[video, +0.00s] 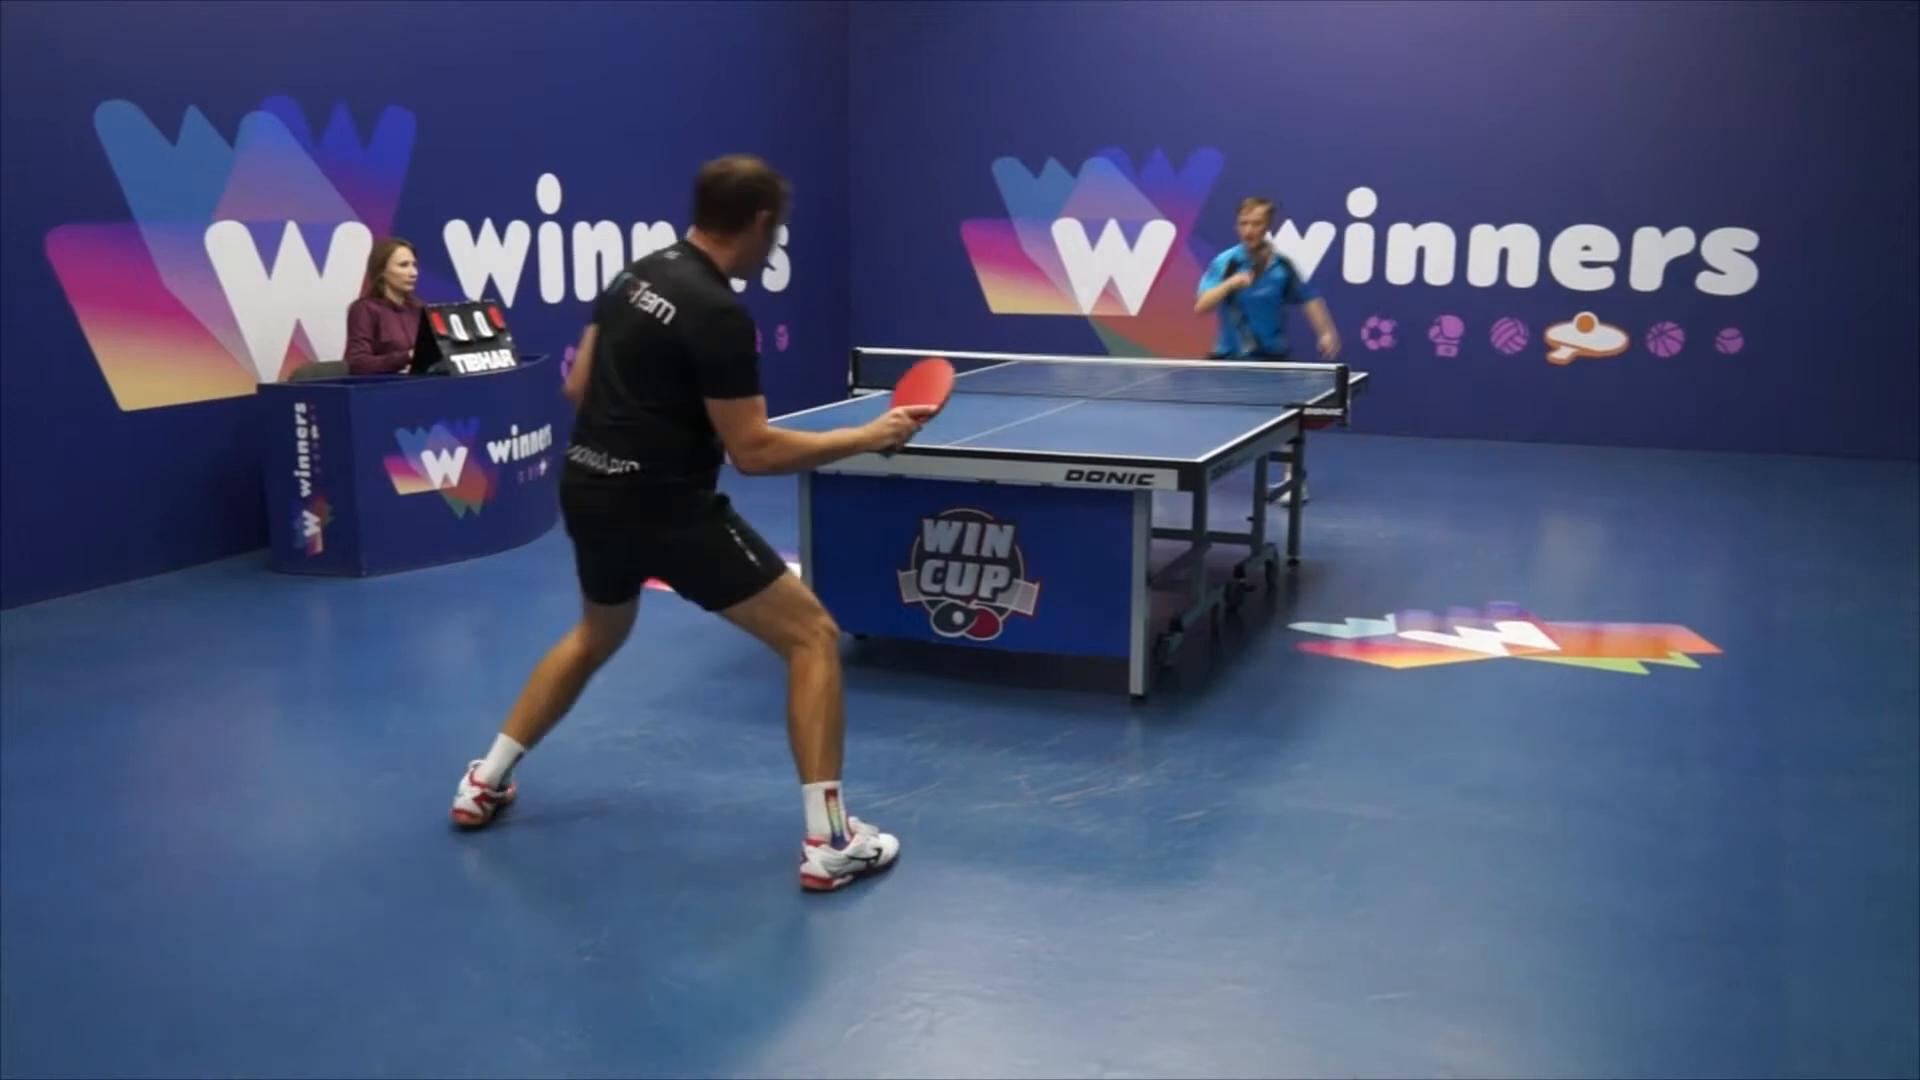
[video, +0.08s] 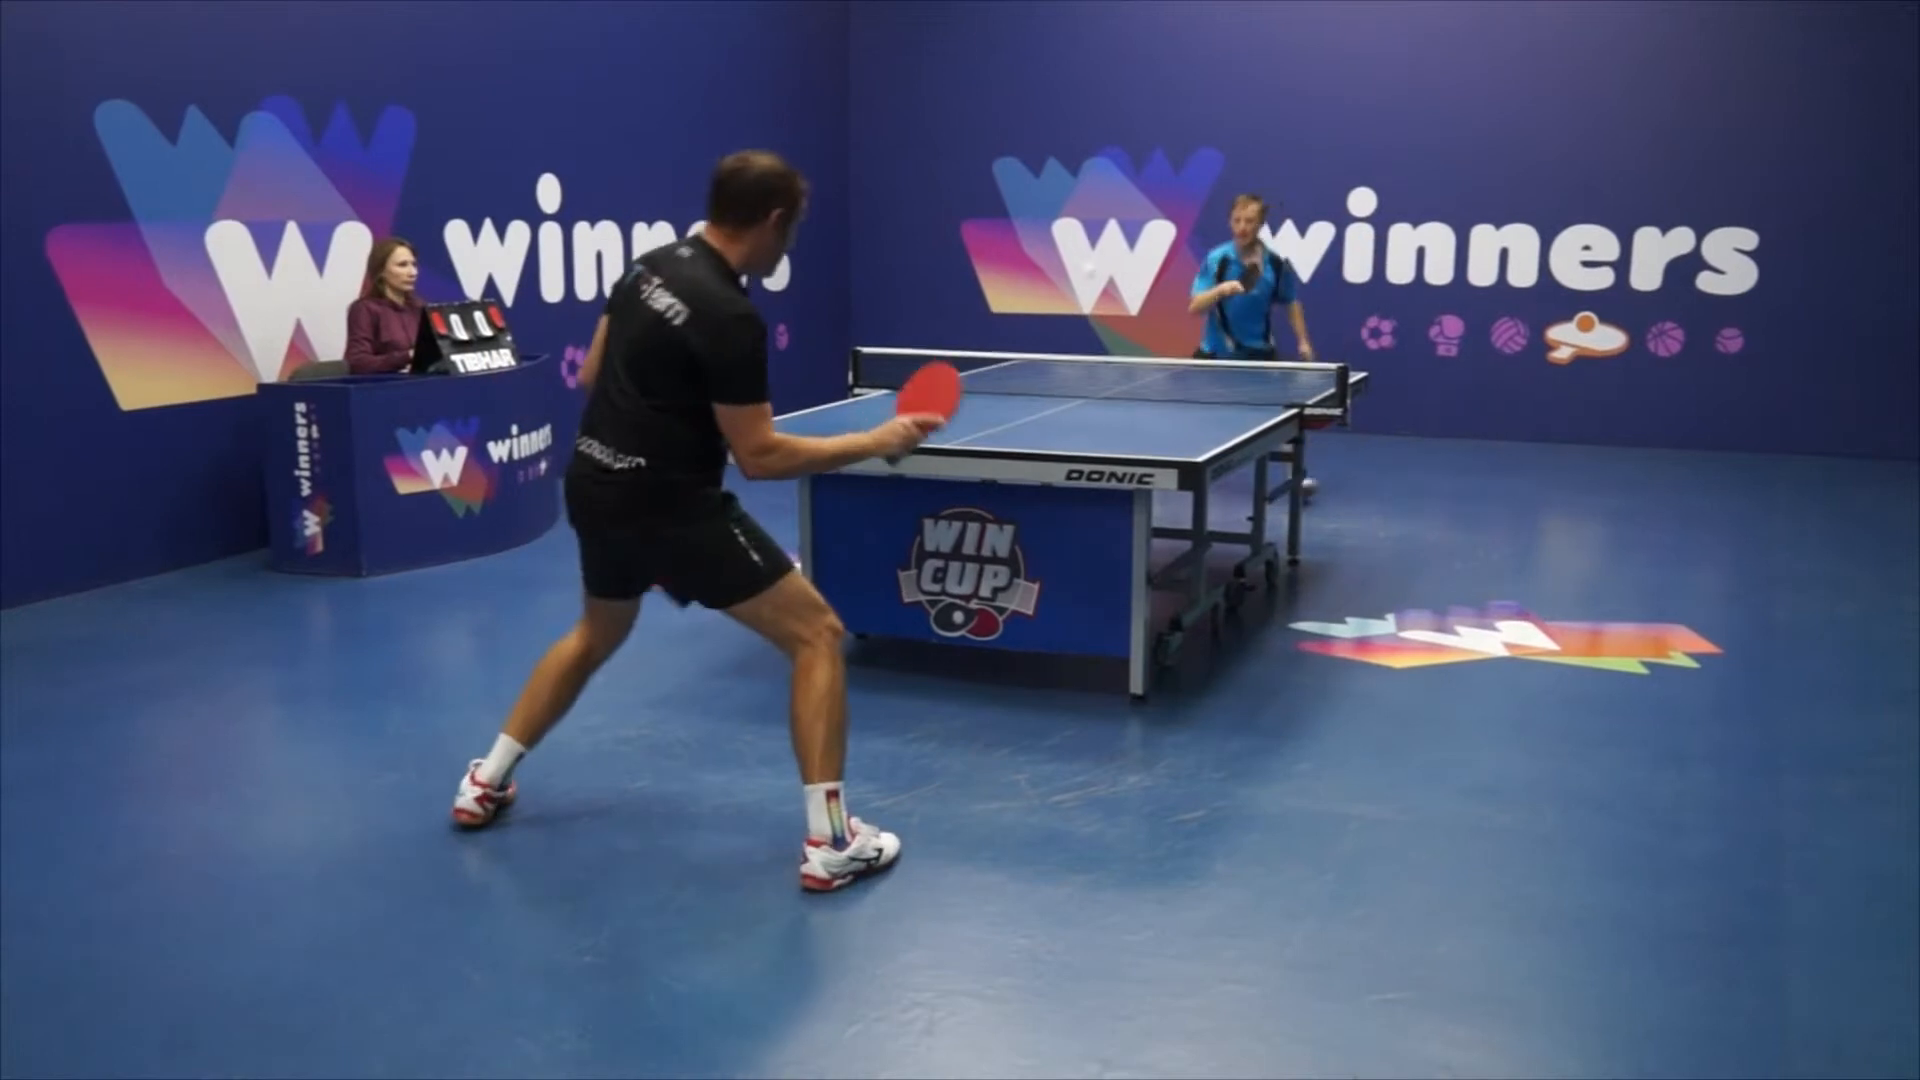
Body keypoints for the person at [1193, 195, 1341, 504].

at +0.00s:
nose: (1250, 231)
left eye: (1257, 224)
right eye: (1245, 224)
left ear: (1268, 228)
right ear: (1237, 226)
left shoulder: (1281, 266)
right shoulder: (1226, 262)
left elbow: (1308, 299)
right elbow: (1201, 304)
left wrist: (1326, 331)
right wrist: (1231, 283)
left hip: (1273, 357)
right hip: (1231, 357)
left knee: (1284, 418)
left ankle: (1293, 478)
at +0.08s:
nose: (1242, 228)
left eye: (1249, 222)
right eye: (1238, 220)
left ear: (1261, 225)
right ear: (1231, 222)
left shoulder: (1276, 264)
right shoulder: (1217, 259)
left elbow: (1292, 304)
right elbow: (1195, 306)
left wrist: (1303, 341)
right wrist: (1221, 290)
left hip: (1260, 353)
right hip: (1217, 352)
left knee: (1286, 408)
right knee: (1203, 411)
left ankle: (1296, 474)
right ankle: (1195, 471)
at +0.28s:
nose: (1253, 205)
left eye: (1261, 199)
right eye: (1248, 198)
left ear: (1272, 204)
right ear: (1240, 200)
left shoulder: (1286, 245)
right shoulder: (1226, 239)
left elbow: (1313, 289)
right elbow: (1200, 280)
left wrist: (1339, 329)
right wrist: (1212, 283)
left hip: (1269, 340)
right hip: (1228, 338)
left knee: (1289, 404)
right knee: (1199, 396)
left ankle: (1313, 467)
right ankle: (1187, 466)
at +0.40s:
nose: (1270, 206)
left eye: (1277, 200)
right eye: (1265, 199)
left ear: (1289, 205)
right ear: (1257, 202)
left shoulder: (1301, 249)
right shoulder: (1244, 239)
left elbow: (1326, 290)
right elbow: (1223, 277)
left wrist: (1350, 329)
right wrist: (1217, 288)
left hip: (1281, 345)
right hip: (1239, 343)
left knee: (1309, 402)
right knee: (1211, 399)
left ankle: (1316, 469)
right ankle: (1198, 466)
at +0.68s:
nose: (1288, 191)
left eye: (1295, 185)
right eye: (1282, 184)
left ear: (1305, 189)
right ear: (1274, 187)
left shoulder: (1319, 231)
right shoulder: (1257, 229)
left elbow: (1325, 275)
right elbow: (1244, 271)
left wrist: (1304, 297)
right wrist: (1231, 282)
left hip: (1304, 330)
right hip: (1262, 329)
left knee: (1315, 397)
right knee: (1246, 393)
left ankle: (1318, 467)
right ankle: (1231, 463)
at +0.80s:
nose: (1279, 188)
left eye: (1286, 183)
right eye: (1273, 182)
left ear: (1297, 187)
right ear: (1265, 185)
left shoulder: (1314, 226)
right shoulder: (1253, 226)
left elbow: (1324, 272)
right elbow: (1236, 261)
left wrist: (1300, 294)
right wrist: (1227, 272)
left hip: (1307, 328)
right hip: (1264, 327)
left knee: (1323, 395)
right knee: (1242, 389)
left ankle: (1329, 464)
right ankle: (1229, 458)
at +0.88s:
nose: (1271, 197)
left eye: (1278, 191)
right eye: (1267, 191)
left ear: (1288, 192)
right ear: (1258, 191)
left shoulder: (1305, 229)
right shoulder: (1250, 232)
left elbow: (1321, 275)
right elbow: (1240, 281)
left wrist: (1286, 302)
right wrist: (1225, 292)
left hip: (1305, 330)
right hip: (1264, 331)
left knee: (1330, 401)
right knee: (1237, 391)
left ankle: (1357, 467)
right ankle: (1215, 463)